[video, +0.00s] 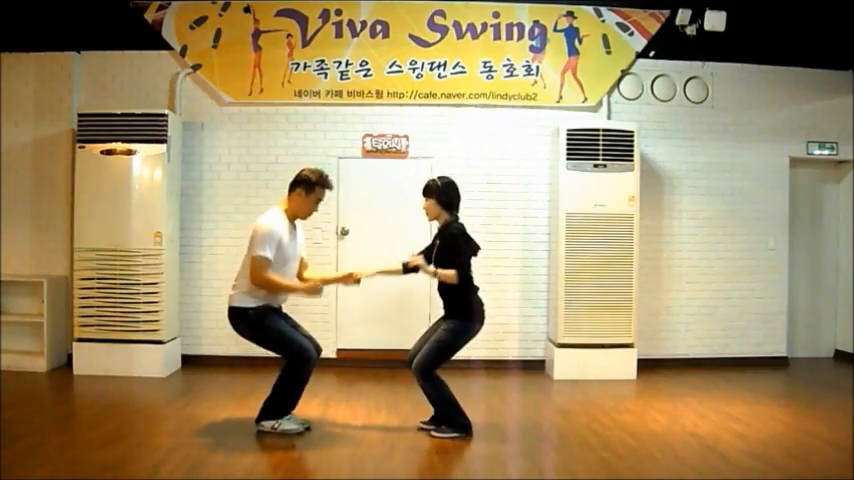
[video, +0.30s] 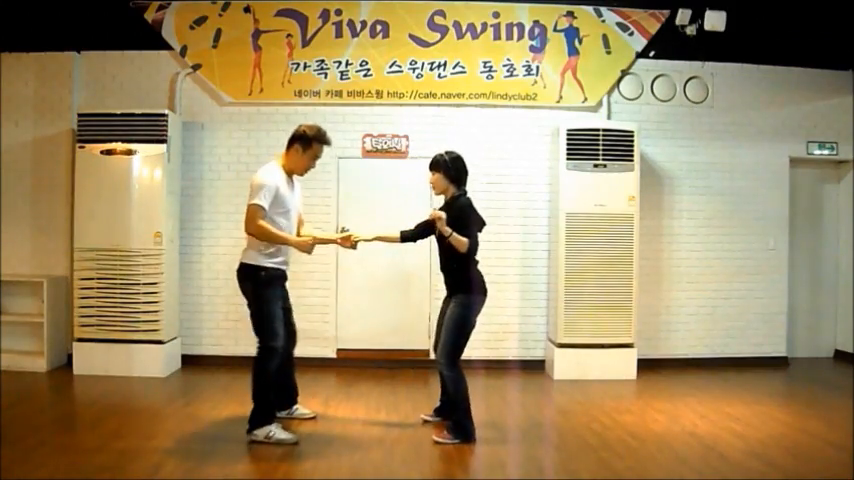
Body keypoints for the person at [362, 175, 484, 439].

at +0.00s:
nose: (424, 206)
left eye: (427, 200)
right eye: (424, 200)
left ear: (442, 202)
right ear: (441, 203)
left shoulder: (454, 233)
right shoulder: (443, 232)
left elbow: (459, 277)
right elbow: (415, 265)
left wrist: (428, 269)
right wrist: (371, 272)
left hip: (466, 318)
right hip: (453, 314)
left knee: (422, 367)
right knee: (414, 360)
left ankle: (458, 425)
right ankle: (442, 415)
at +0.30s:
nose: (429, 178)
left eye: (433, 172)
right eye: (431, 173)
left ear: (447, 175)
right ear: (446, 176)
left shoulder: (463, 207)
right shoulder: (445, 210)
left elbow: (468, 247)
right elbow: (411, 235)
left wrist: (444, 228)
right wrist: (368, 237)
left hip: (469, 292)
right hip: (454, 292)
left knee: (447, 357)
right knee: (441, 352)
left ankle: (463, 430)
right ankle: (448, 409)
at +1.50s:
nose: (426, 176)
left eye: (430, 170)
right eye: (427, 170)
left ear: (445, 174)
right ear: (441, 175)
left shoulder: (457, 207)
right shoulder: (437, 209)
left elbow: (464, 249)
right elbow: (401, 230)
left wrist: (429, 235)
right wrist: (361, 226)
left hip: (453, 295)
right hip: (436, 294)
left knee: (442, 361)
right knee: (410, 348)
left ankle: (465, 427)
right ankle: (437, 400)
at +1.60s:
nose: (413, 177)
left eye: (418, 172)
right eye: (415, 172)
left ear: (431, 176)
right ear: (429, 177)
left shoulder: (441, 208)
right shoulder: (426, 211)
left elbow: (440, 250)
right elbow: (390, 231)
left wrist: (411, 237)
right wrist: (351, 230)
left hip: (441, 298)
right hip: (427, 297)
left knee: (436, 364)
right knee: (394, 345)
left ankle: (465, 427)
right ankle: (402, 412)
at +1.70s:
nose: (397, 183)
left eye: (402, 178)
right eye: (399, 178)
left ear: (416, 183)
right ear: (415, 183)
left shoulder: (422, 214)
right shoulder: (412, 214)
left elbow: (416, 256)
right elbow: (382, 236)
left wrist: (387, 244)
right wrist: (342, 238)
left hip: (423, 302)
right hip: (411, 301)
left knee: (427, 368)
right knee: (378, 352)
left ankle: (464, 426)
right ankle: (362, 419)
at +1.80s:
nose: (376, 180)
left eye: (381, 176)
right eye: (378, 175)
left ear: (393, 180)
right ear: (393, 180)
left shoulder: (399, 211)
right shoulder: (392, 211)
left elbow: (390, 254)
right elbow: (362, 239)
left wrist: (359, 242)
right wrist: (322, 240)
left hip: (396, 301)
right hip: (386, 300)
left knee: (397, 364)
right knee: (357, 352)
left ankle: (451, 411)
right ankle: (356, 420)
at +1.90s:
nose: (356, 173)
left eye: (360, 169)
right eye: (357, 168)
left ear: (372, 174)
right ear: (373, 174)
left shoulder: (377, 205)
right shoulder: (371, 203)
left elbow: (365, 248)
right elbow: (349, 234)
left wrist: (333, 240)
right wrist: (321, 235)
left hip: (371, 291)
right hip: (367, 290)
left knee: (349, 353)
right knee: (349, 353)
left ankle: (404, 397)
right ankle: (356, 418)